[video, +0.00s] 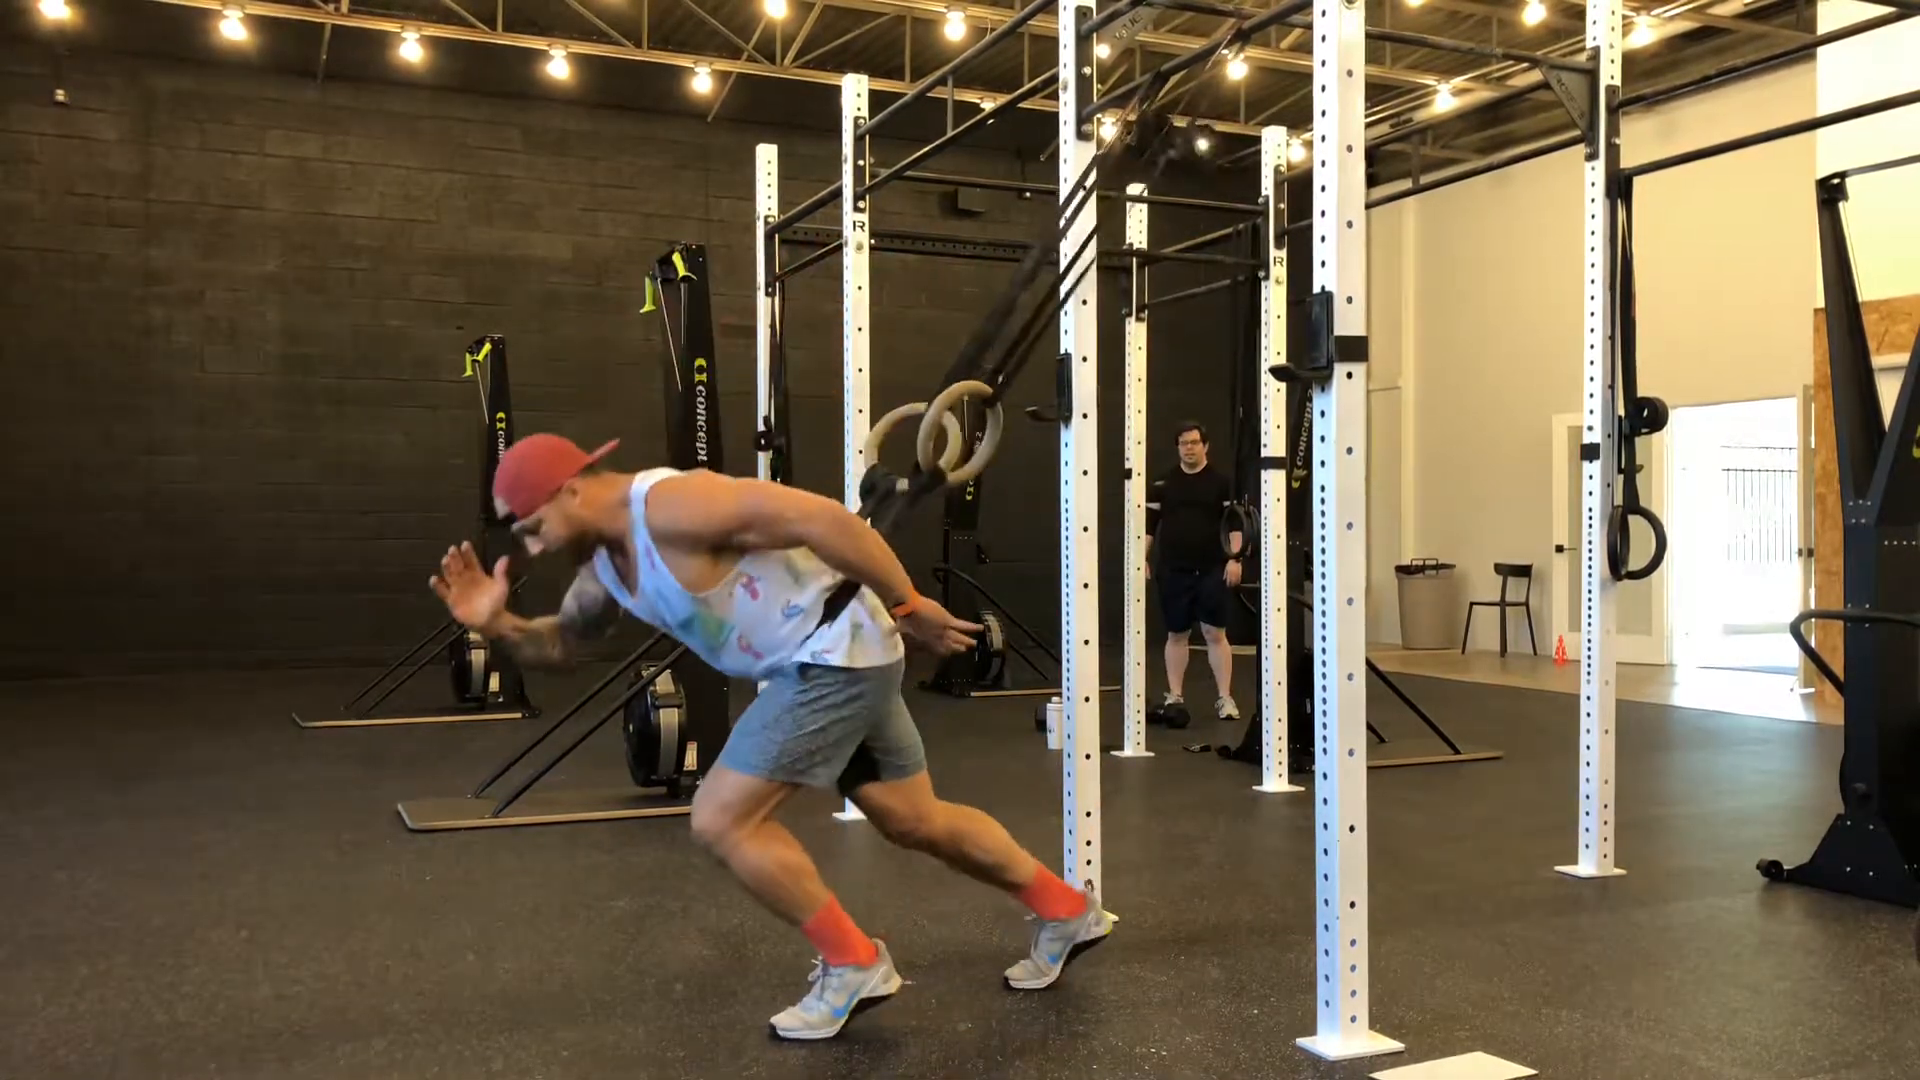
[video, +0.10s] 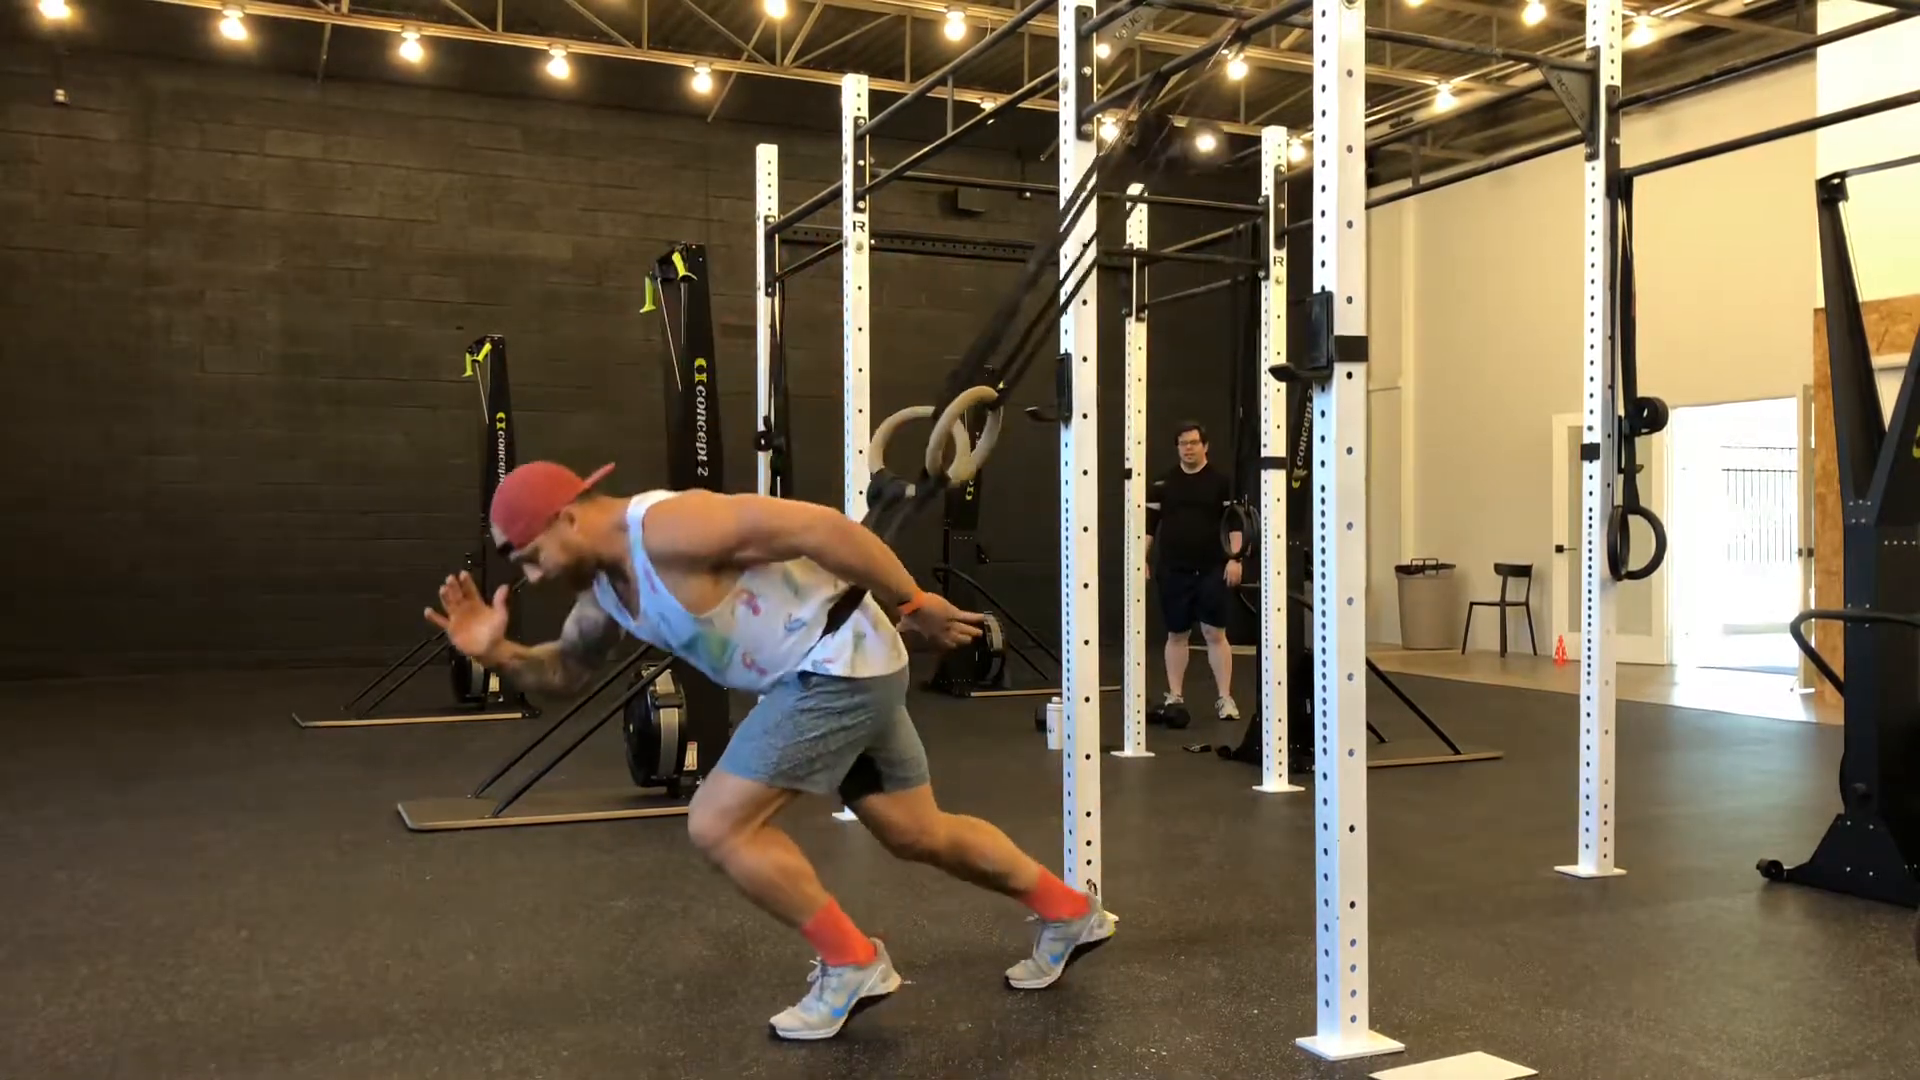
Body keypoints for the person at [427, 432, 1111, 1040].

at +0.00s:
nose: (527, 543)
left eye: (527, 526)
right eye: (521, 531)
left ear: (564, 494)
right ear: (562, 495)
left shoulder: (671, 504)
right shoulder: (609, 567)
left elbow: (825, 517)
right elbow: (561, 639)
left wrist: (910, 602)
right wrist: (495, 622)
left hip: (833, 652)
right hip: (834, 654)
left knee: (724, 818)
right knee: (914, 818)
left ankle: (854, 962)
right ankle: (1065, 906)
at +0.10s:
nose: (528, 569)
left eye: (527, 552)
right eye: (522, 557)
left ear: (564, 520)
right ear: (558, 528)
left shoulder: (668, 527)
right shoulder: (610, 591)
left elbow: (823, 524)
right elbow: (559, 670)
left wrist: (916, 603)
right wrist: (498, 651)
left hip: (836, 662)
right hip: (838, 665)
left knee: (719, 822)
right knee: (919, 831)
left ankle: (855, 962)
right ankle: (1069, 909)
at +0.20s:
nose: (529, 593)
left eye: (529, 576)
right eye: (521, 581)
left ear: (566, 543)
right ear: (559, 553)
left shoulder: (664, 548)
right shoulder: (610, 612)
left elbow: (820, 534)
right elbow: (570, 691)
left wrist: (914, 602)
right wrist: (499, 675)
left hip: (842, 670)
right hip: (855, 666)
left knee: (719, 823)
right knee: (912, 842)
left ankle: (856, 964)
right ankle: (1068, 906)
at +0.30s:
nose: (540, 608)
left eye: (540, 591)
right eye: (531, 599)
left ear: (575, 557)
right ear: (565, 570)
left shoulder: (667, 559)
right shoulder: (619, 622)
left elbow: (826, 543)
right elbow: (574, 705)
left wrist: (925, 606)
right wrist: (508, 687)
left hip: (861, 660)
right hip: (856, 666)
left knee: (731, 816)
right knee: (892, 853)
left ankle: (860, 969)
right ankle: (1062, 901)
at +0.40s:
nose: (548, 612)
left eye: (547, 596)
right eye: (539, 603)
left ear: (582, 563)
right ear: (575, 572)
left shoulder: (674, 563)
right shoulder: (628, 624)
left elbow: (829, 544)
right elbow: (582, 710)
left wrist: (934, 606)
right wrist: (517, 691)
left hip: (866, 662)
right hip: (868, 665)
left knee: (736, 815)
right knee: (894, 855)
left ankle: (861, 968)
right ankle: (1066, 904)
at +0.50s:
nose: (552, 615)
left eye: (552, 599)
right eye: (544, 604)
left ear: (589, 567)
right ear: (584, 574)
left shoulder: (681, 567)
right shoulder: (639, 627)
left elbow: (840, 548)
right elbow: (593, 712)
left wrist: (941, 609)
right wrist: (524, 693)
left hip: (872, 669)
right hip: (877, 670)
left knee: (736, 814)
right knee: (898, 859)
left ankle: (861, 967)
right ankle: (1070, 906)